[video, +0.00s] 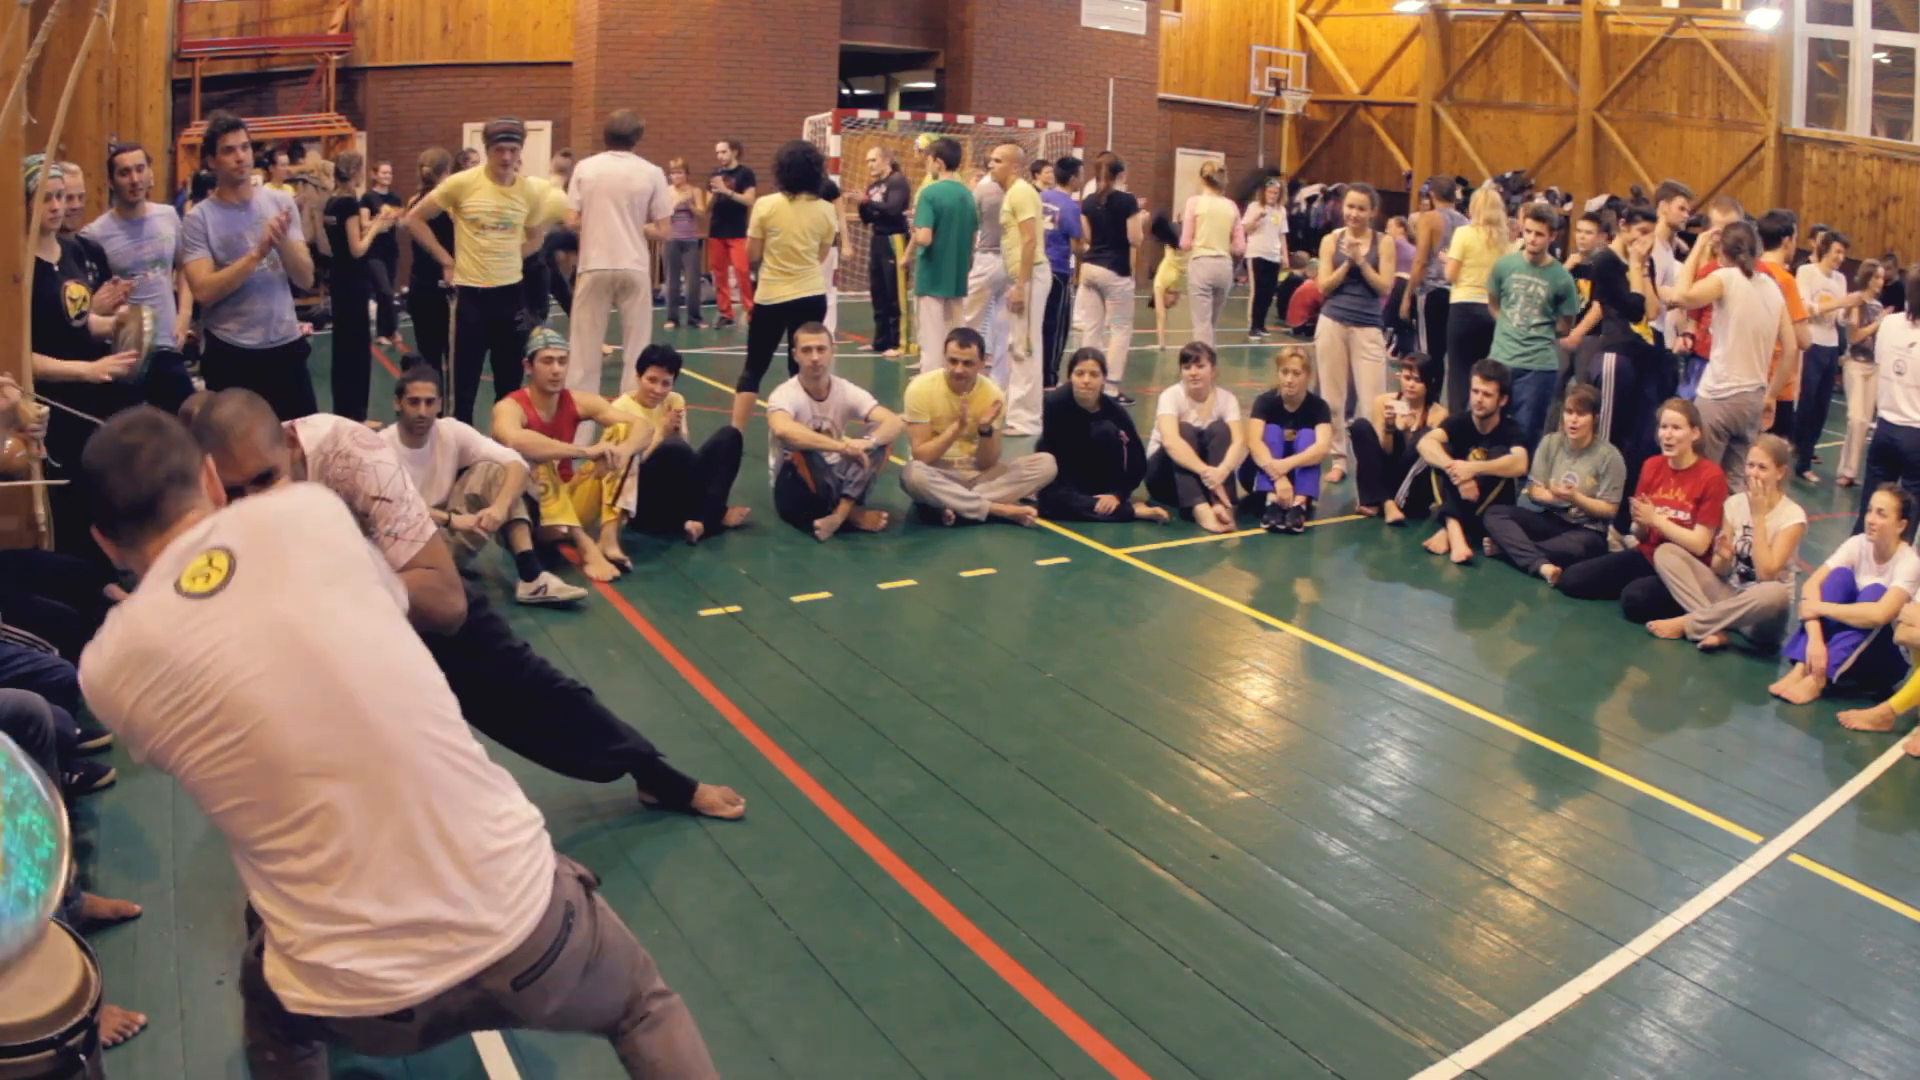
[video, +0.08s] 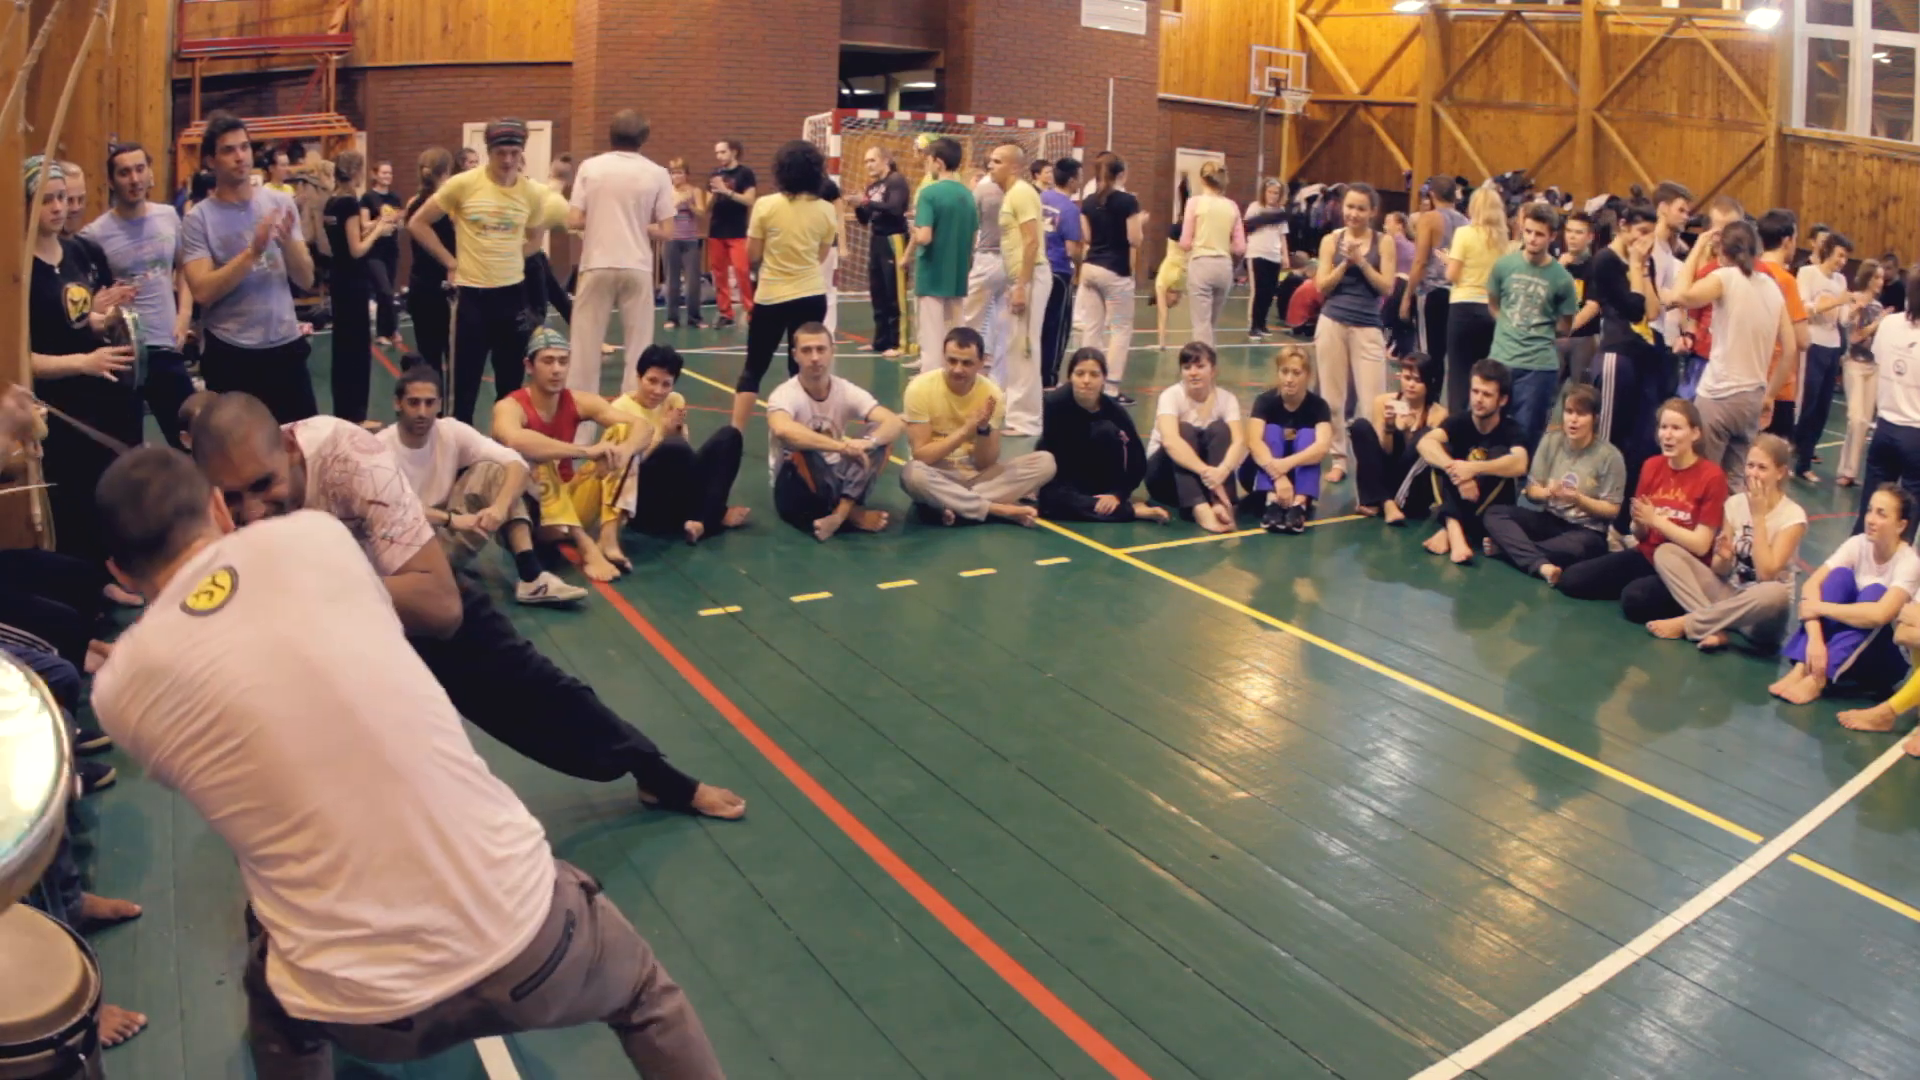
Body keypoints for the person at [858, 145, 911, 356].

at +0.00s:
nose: (870, 165)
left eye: (874, 161)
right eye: (868, 161)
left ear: (887, 161)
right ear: (870, 164)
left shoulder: (898, 182)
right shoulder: (874, 184)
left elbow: (893, 209)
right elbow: (867, 217)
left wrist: (868, 203)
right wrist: (862, 204)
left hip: (894, 235)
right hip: (878, 234)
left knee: (893, 291)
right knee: (878, 290)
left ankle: (895, 341)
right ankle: (880, 340)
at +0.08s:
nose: (869, 166)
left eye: (872, 161)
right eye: (867, 162)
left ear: (886, 161)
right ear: (867, 165)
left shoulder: (897, 181)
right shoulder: (873, 186)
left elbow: (895, 208)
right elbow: (865, 218)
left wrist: (868, 204)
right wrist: (858, 206)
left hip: (894, 236)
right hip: (877, 235)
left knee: (894, 291)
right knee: (878, 290)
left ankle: (896, 341)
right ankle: (880, 339)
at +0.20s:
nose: (868, 166)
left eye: (872, 161)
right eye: (866, 162)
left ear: (883, 161)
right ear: (865, 165)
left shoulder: (896, 182)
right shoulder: (870, 188)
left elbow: (898, 208)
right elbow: (863, 219)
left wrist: (870, 204)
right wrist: (850, 207)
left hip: (893, 235)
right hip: (876, 235)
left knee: (893, 290)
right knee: (877, 290)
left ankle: (895, 341)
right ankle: (881, 339)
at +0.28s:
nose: (869, 166)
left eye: (872, 161)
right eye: (866, 162)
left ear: (883, 162)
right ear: (864, 166)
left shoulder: (895, 181)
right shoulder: (869, 188)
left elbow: (894, 208)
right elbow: (863, 220)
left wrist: (869, 203)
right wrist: (853, 207)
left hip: (892, 236)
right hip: (876, 236)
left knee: (891, 290)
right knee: (876, 290)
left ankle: (894, 340)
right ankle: (880, 339)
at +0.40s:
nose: (870, 166)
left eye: (873, 161)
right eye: (866, 163)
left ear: (882, 162)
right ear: (863, 166)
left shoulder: (894, 181)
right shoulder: (867, 187)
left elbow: (894, 209)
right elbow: (861, 220)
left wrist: (868, 204)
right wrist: (859, 206)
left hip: (891, 236)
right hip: (875, 236)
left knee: (889, 290)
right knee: (875, 290)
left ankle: (892, 340)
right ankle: (879, 339)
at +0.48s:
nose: (870, 166)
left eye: (873, 162)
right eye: (866, 163)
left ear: (881, 162)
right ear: (863, 166)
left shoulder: (894, 181)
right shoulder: (866, 187)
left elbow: (897, 207)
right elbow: (858, 220)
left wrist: (872, 204)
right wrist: (855, 208)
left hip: (892, 237)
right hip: (875, 237)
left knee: (888, 290)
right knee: (875, 290)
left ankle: (889, 340)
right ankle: (879, 339)